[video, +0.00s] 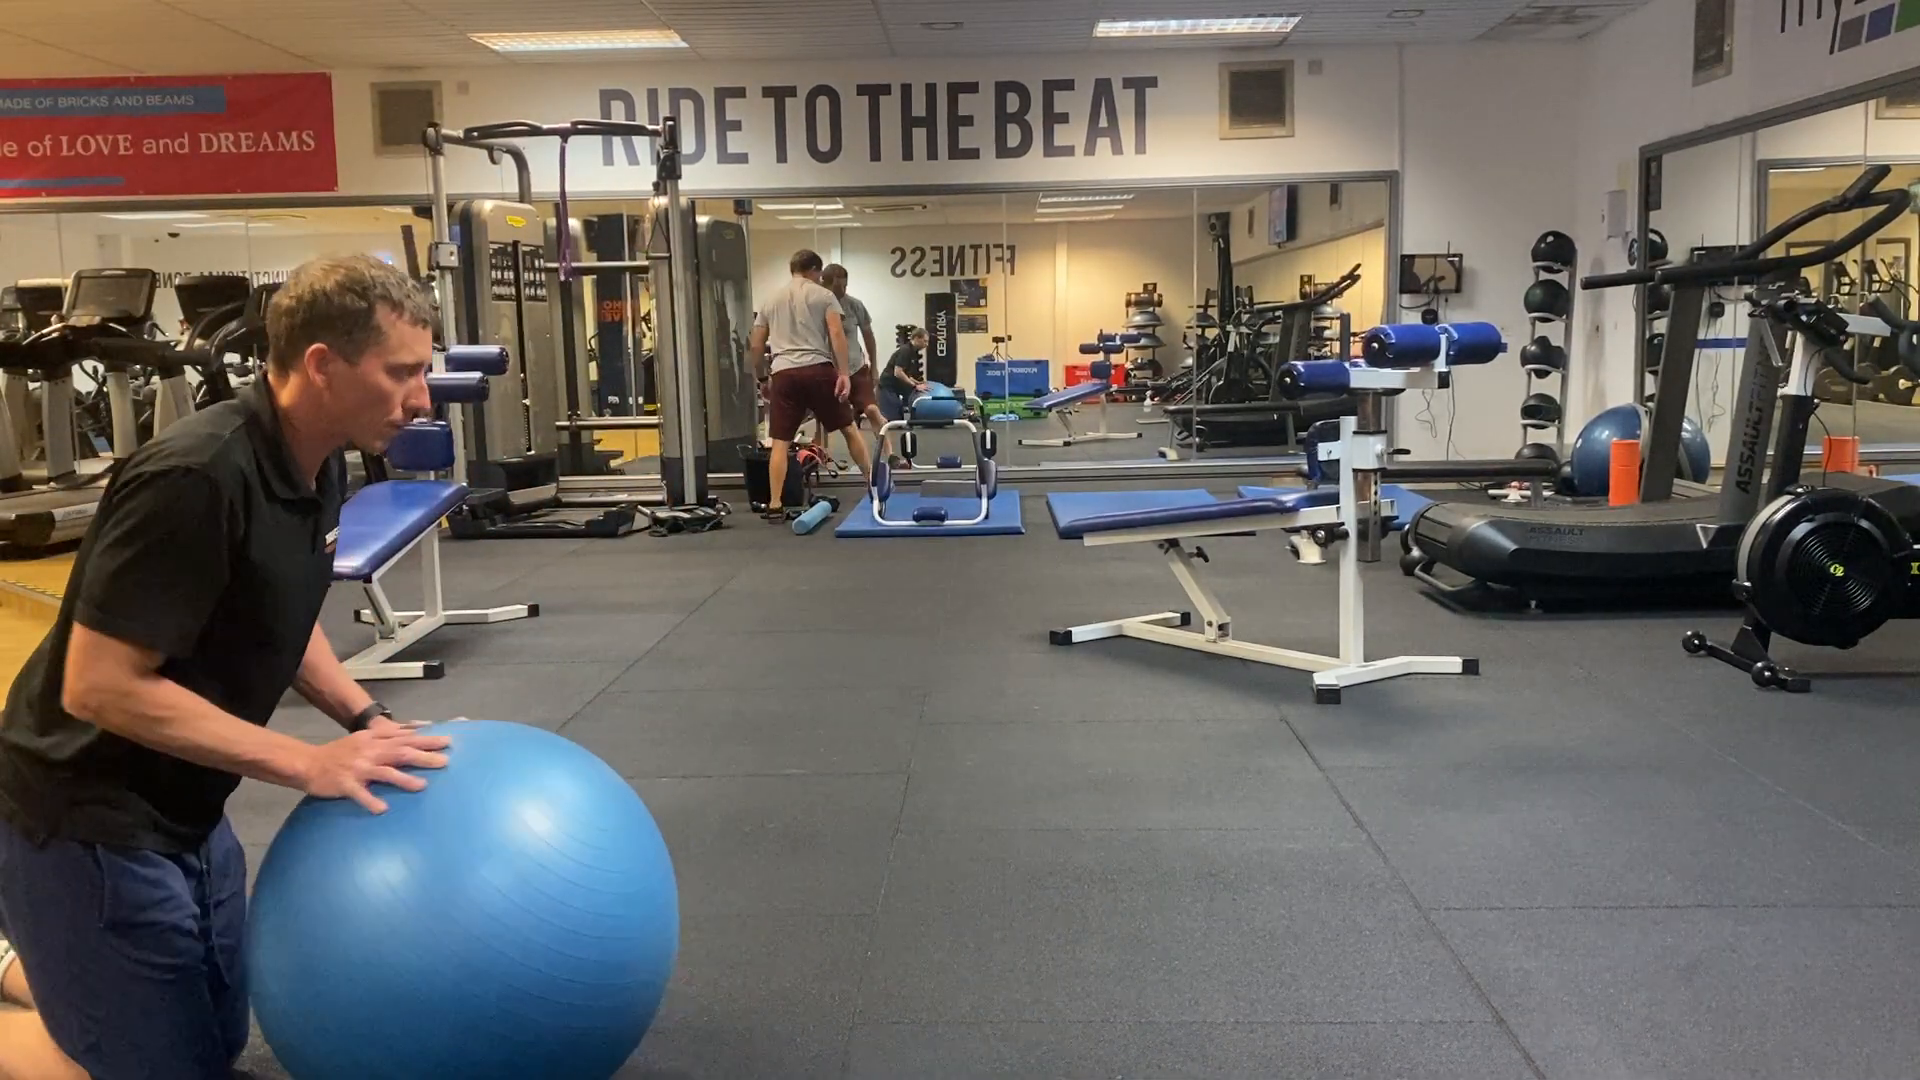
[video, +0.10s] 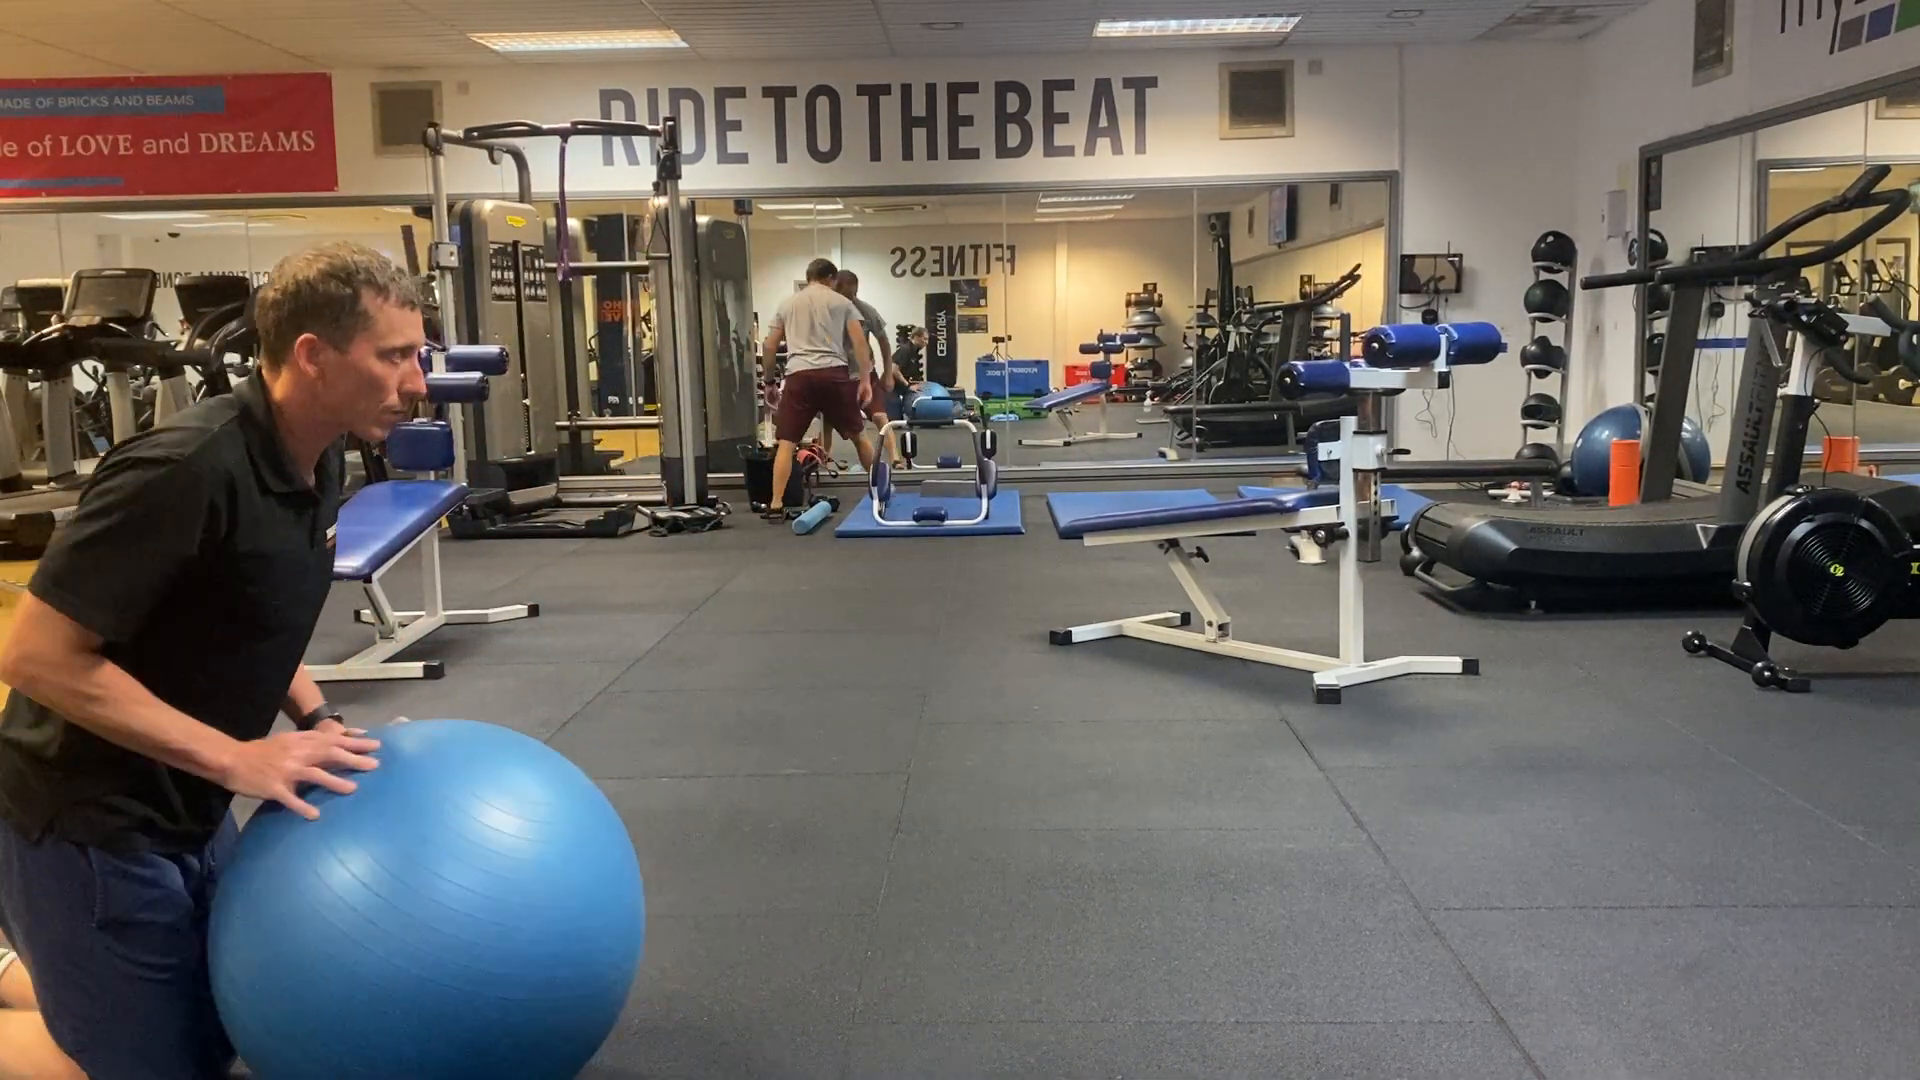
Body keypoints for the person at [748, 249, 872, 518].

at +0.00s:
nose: (821, 278)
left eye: (820, 274)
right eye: (820, 274)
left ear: (793, 270)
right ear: (815, 271)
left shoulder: (770, 300)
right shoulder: (825, 295)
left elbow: (756, 345)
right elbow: (836, 333)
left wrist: (760, 377)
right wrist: (844, 372)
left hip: (783, 375)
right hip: (821, 372)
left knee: (780, 443)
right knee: (850, 430)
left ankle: (775, 505)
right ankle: (874, 484)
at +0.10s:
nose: (836, 285)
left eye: (835, 282)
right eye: (836, 281)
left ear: (808, 278)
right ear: (832, 279)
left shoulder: (788, 304)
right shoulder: (843, 303)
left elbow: (769, 345)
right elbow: (859, 341)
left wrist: (768, 382)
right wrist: (865, 379)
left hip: (798, 378)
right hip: (836, 376)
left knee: (786, 443)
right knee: (859, 437)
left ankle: (776, 504)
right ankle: (881, 488)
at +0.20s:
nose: (855, 297)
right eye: (855, 294)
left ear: (826, 290)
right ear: (850, 291)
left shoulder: (807, 310)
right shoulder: (863, 312)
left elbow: (786, 348)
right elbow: (881, 354)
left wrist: (777, 384)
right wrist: (884, 394)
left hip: (815, 380)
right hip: (852, 379)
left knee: (796, 441)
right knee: (868, 435)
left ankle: (778, 503)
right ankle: (881, 491)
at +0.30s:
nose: (872, 312)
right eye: (871, 309)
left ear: (844, 305)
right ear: (868, 306)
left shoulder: (825, 318)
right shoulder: (878, 327)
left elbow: (802, 348)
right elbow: (895, 371)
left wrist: (789, 384)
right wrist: (900, 413)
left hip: (829, 380)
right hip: (865, 381)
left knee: (804, 443)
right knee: (875, 437)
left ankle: (782, 503)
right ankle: (884, 493)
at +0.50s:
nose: (896, 351)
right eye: (895, 348)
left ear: (868, 332)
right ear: (890, 342)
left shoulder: (846, 336)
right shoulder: (892, 351)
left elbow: (823, 354)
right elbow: (910, 407)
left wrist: (813, 382)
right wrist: (916, 444)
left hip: (846, 378)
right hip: (882, 378)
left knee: (818, 441)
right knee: (884, 433)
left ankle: (792, 499)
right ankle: (885, 490)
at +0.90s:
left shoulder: (854, 363)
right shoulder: (907, 369)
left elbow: (833, 377)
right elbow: (919, 422)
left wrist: (819, 399)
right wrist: (932, 463)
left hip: (860, 383)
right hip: (896, 385)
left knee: (826, 444)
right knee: (891, 435)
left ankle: (795, 500)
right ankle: (884, 491)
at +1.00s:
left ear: (849, 364)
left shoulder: (851, 362)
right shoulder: (905, 369)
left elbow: (832, 378)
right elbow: (922, 421)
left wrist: (818, 400)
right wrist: (931, 463)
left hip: (859, 384)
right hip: (894, 382)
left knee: (826, 445)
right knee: (892, 433)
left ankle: (795, 500)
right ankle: (884, 490)